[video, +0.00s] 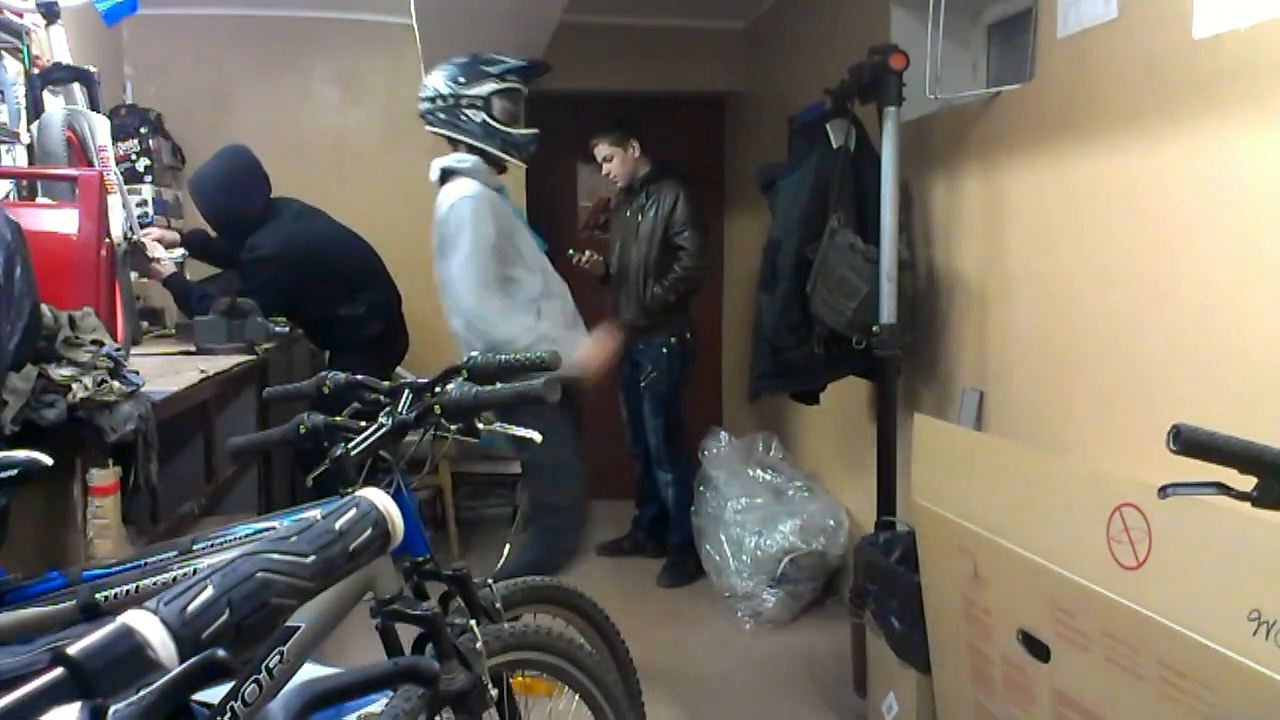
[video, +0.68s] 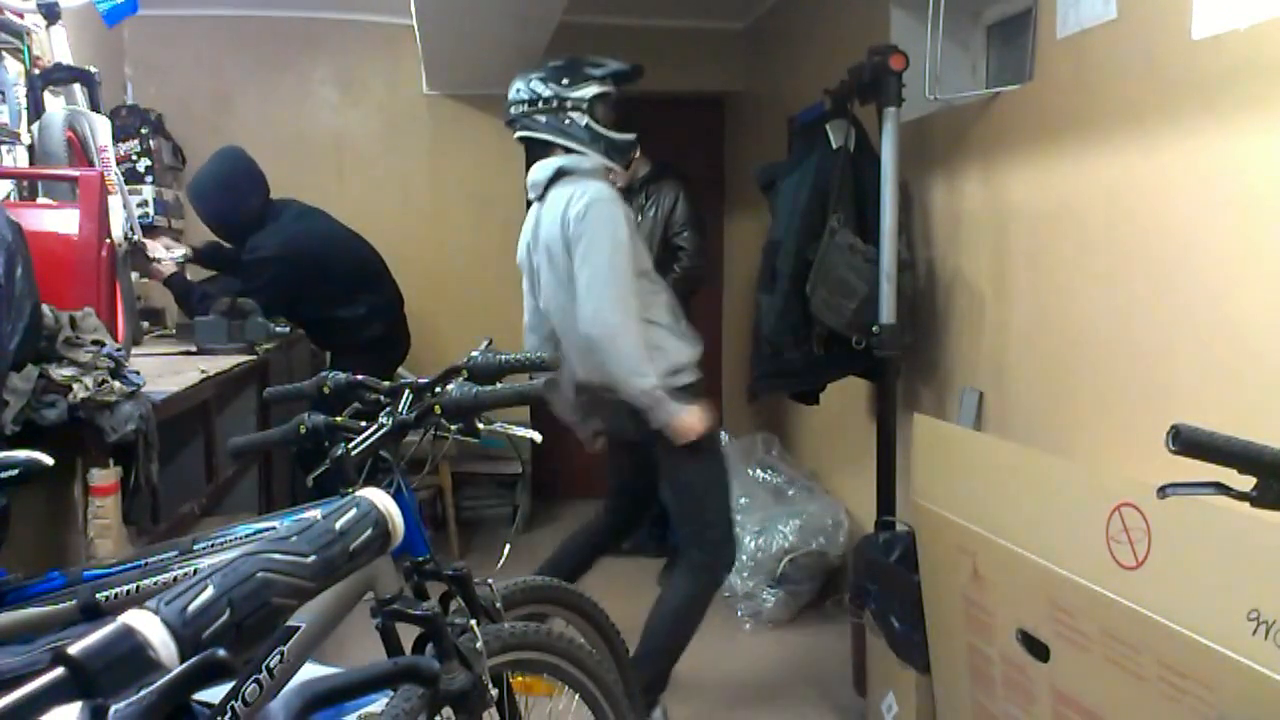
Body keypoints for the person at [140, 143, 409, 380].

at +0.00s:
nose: (208, 217)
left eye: (208, 208)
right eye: (205, 208)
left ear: (224, 209)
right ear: (254, 189)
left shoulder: (268, 254)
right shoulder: (283, 212)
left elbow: (211, 309)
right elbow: (236, 251)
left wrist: (168, 275)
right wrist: (181, 239)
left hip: (367, 347)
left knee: (320, 444)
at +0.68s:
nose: (210, 223)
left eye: (209, 214)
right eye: (206, 214)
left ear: (224, 212)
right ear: (253, 191)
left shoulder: (269, 254)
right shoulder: (287, 214)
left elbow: (216, 310)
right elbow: (248, 263)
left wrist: (172, 276)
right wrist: (192, 254)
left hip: (368, 349)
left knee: (319, 442)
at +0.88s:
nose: (209, 225)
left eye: (208, 217)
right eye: (205, 217)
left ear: (223, 215)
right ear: (252, 192)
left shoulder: (268, 254)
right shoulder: (289, 216)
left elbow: (218, 313)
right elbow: (259, 271)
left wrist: (168, 275)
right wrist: (217, 283)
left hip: (367, 350)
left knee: (318, 443)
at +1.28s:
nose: (208, 224)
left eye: (206, 215)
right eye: (204, 216)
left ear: (222, 209)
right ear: (247, 192)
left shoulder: (265, 251)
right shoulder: (289, 218)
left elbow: (230, 316)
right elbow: (246, 289)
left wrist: (168, 278)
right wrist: (178, 279)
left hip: (368, 350)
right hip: (386, 334)